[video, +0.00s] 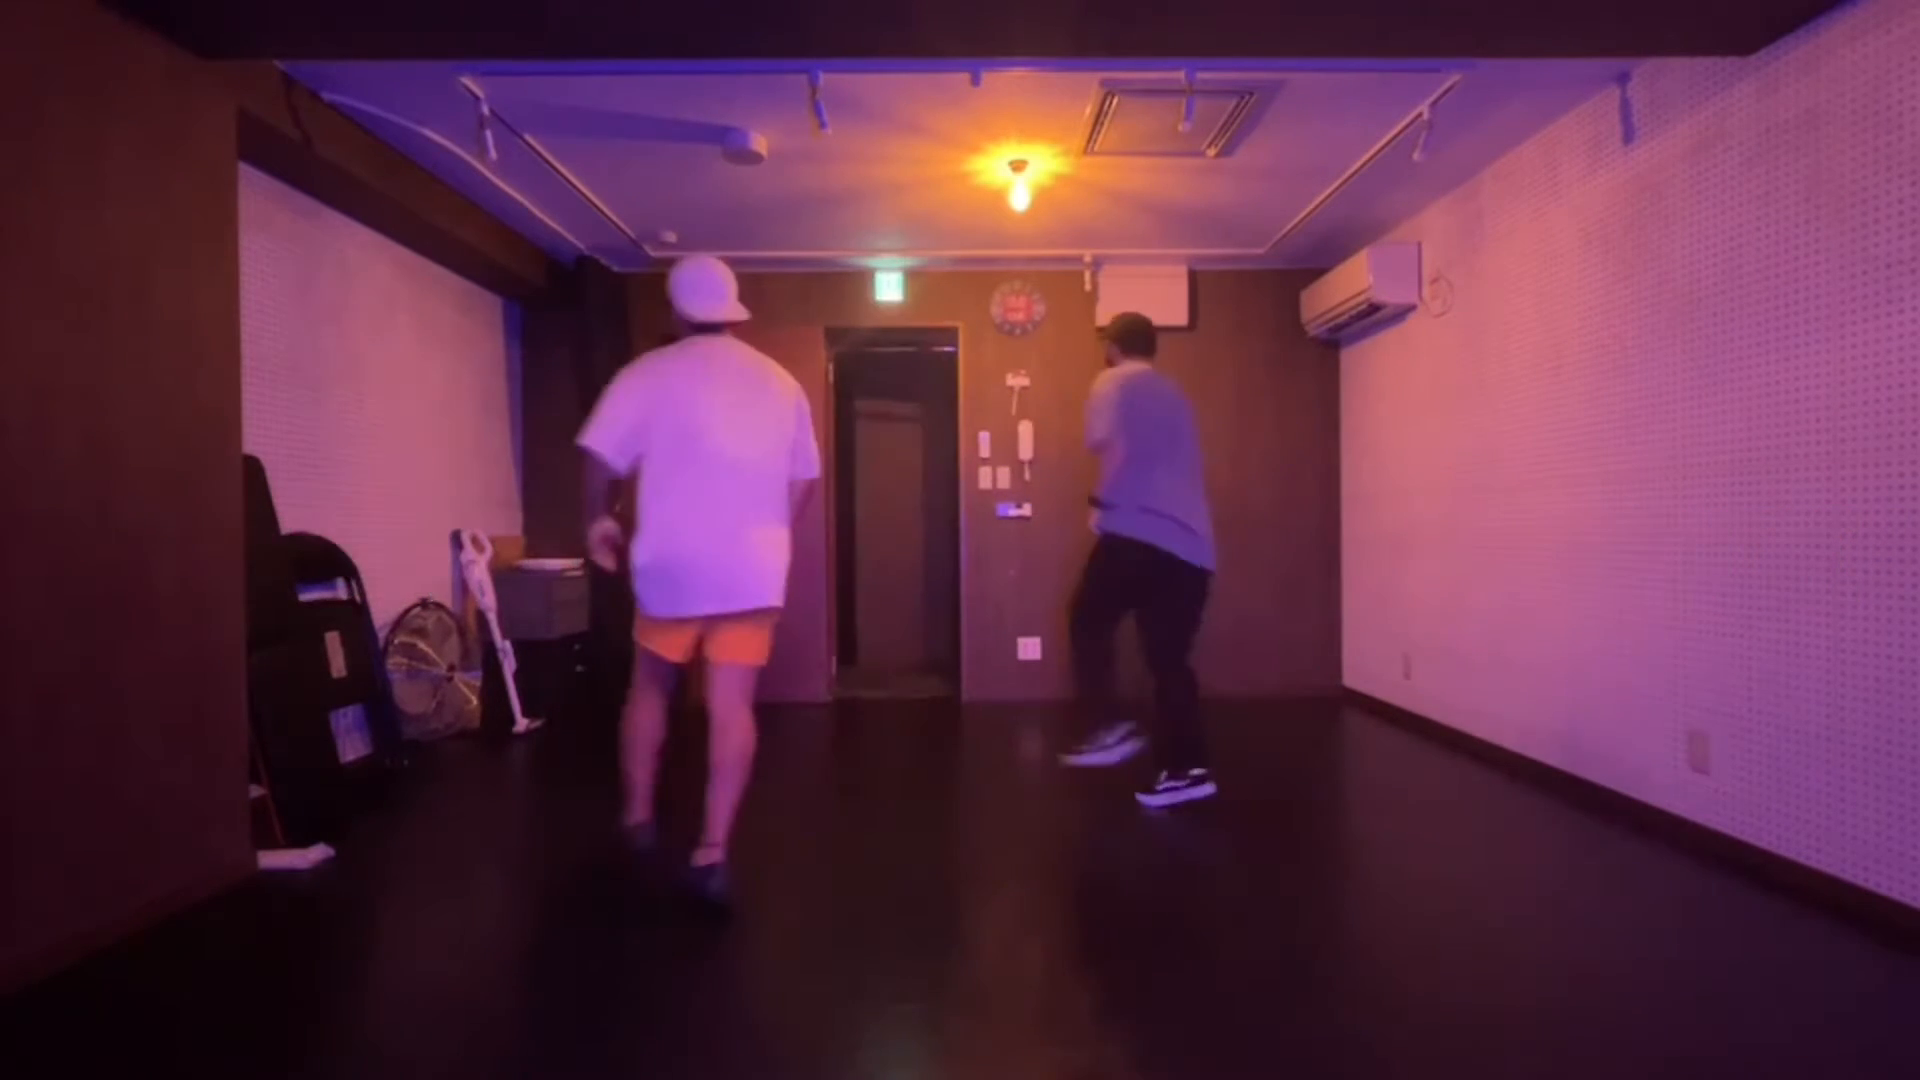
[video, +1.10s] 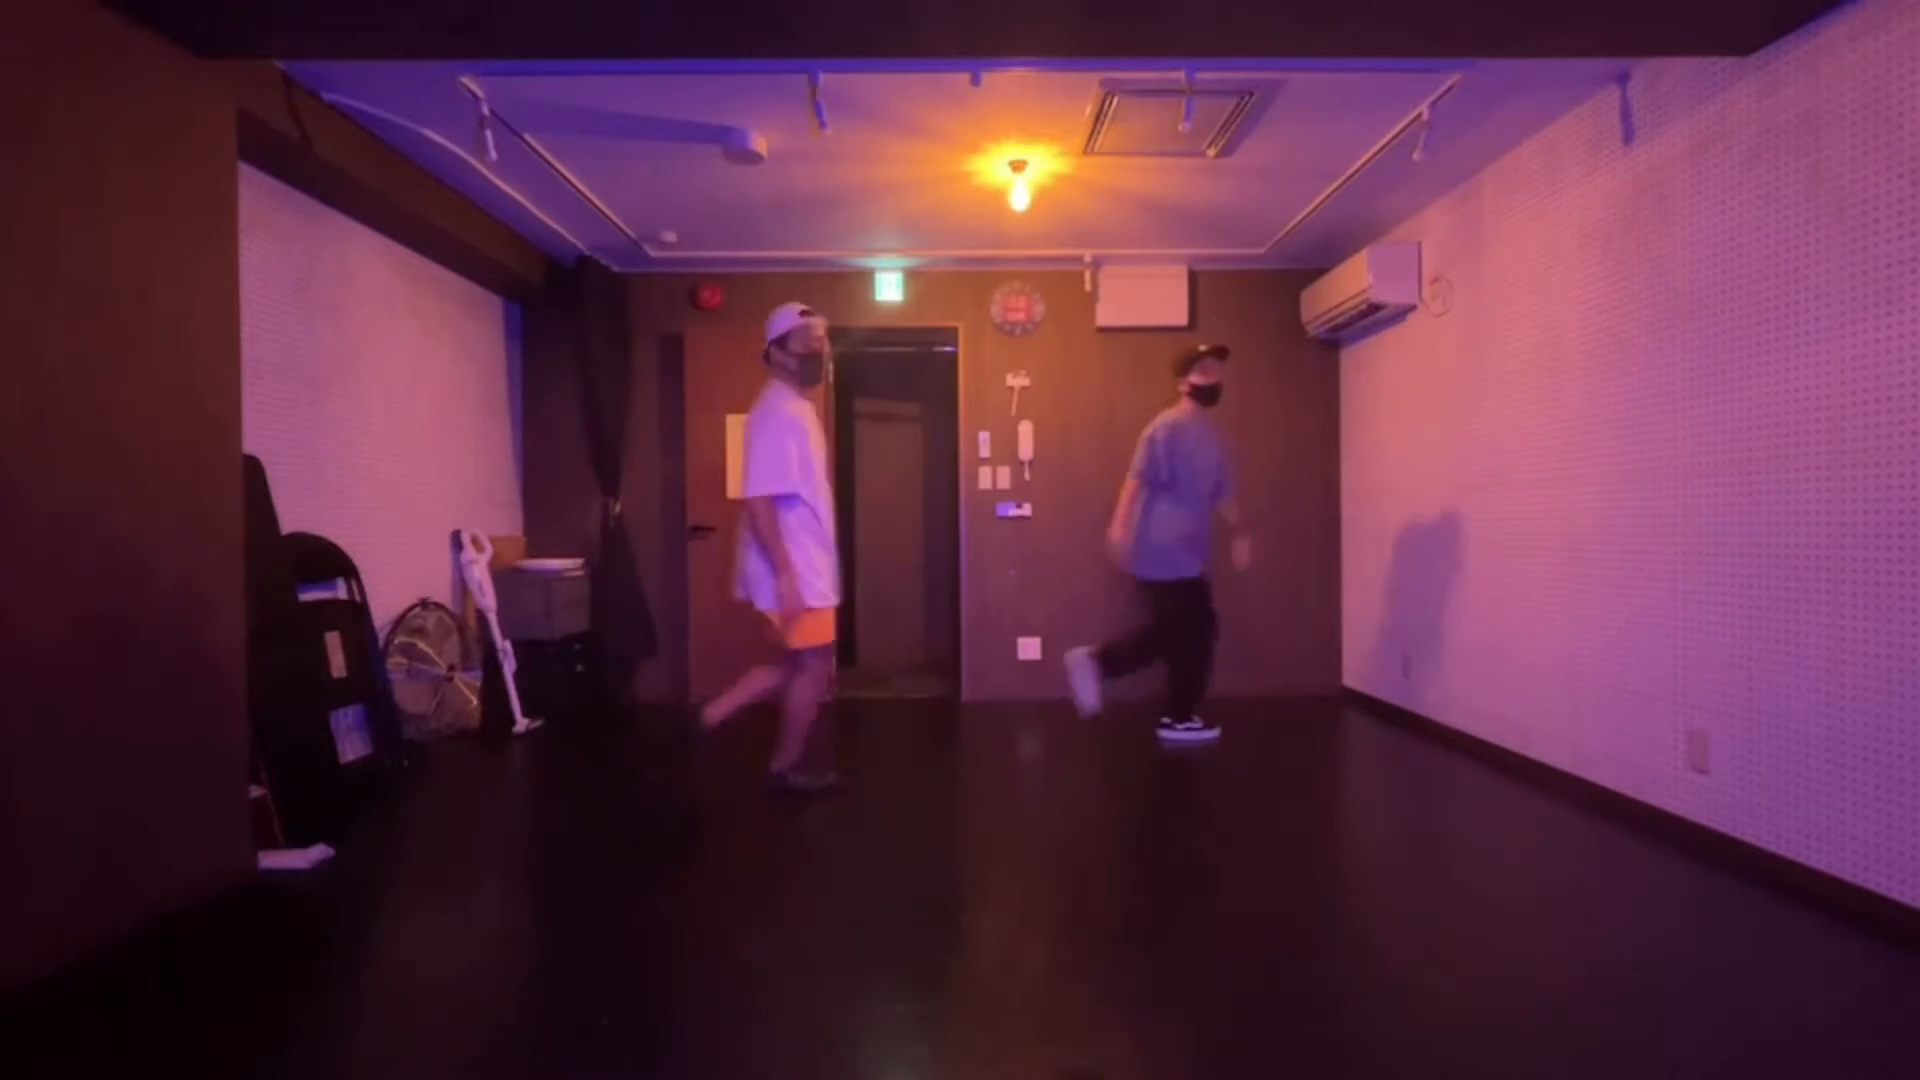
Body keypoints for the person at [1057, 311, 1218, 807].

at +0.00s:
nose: (1102, 355)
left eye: (1104, 347)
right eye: (1104, 347)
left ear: (1114, 348)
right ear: (1151, 349)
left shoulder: (1114, 381)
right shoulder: (1176, 397)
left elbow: (1112, 445)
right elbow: (1179, 467)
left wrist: (1102, 500)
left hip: (1133, 537)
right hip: (1188, 551)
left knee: (1089, 620)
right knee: (1169, 657)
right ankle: (1187, 766)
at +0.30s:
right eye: (1146, 364)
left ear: (1107, 364)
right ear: (1147, 368)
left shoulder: (1075, 410)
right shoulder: (1163, 413)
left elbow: (1050, 476)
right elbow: (1195, 471)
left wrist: (1051, 532)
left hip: (1085, 555)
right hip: (1150, 560)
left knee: (1074, 652)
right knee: (1153, 663)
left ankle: (1065, 742)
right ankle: (1161, 771)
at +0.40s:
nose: (1147, 373)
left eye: (1142, 365)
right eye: (1146, 366)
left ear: (1102, 366)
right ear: (1141, 368)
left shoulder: (1069, 411)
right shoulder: (1157, 413)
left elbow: (1050, 484)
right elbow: (1178, 486)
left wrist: (1048, 538)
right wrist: (1197, 548)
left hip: (1076, 552)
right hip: (1137, 554)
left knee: (1067, 651)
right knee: (1141, 654)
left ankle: (1064, 742)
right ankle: (1142, 744)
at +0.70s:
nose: (1156, 365)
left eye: (1152, 358)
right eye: (1150, 358)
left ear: (1118, 362)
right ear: (1133, 360)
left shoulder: (1099, 400)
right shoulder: (1141, 397)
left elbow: (1084, 471)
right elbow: (1134, 451)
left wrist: (1061, 530)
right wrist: (1149, 507)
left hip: (1077, 538)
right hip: (1120, 541)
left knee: (1065, 635)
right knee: (1140, 635)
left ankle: (1034, 722)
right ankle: (1128, 725)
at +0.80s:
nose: (1174, 376)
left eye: (1173, 369)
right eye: (1166, 369)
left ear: (1136, 376)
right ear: (1143, 375)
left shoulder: (1122, 410)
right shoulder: (1145, 410)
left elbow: (1104, 466)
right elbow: (1112, 459)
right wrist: (1100, 521)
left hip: (1087, 548)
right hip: (1123, 552)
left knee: (1064, 640)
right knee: (1148, 635)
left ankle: (1022, 727)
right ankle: (1168, 717)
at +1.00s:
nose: (1208, 388)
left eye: (1210, 379)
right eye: (1199, 380)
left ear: (1184, 386)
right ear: (1177, 385)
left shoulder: (1171, 425)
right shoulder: (1172, 429)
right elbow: (1131, 483)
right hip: (1153, 557)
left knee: (1122, 633)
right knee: (1183, 632)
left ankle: (1055, 688)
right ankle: (1177, 718)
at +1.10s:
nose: (1212, 381)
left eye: (1216, 373)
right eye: (1203, 372)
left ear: (1220, 379)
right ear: (1184, 380)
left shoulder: (1210, 433)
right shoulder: (1166, 426)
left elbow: (1221, 492)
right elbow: (1137, 479)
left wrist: (1238, 532)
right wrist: (1121, 526)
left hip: (1187, 548)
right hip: (1159, 547)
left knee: (1178, 627)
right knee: (1195, 625)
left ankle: (1098, 663)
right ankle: (1180, 716)